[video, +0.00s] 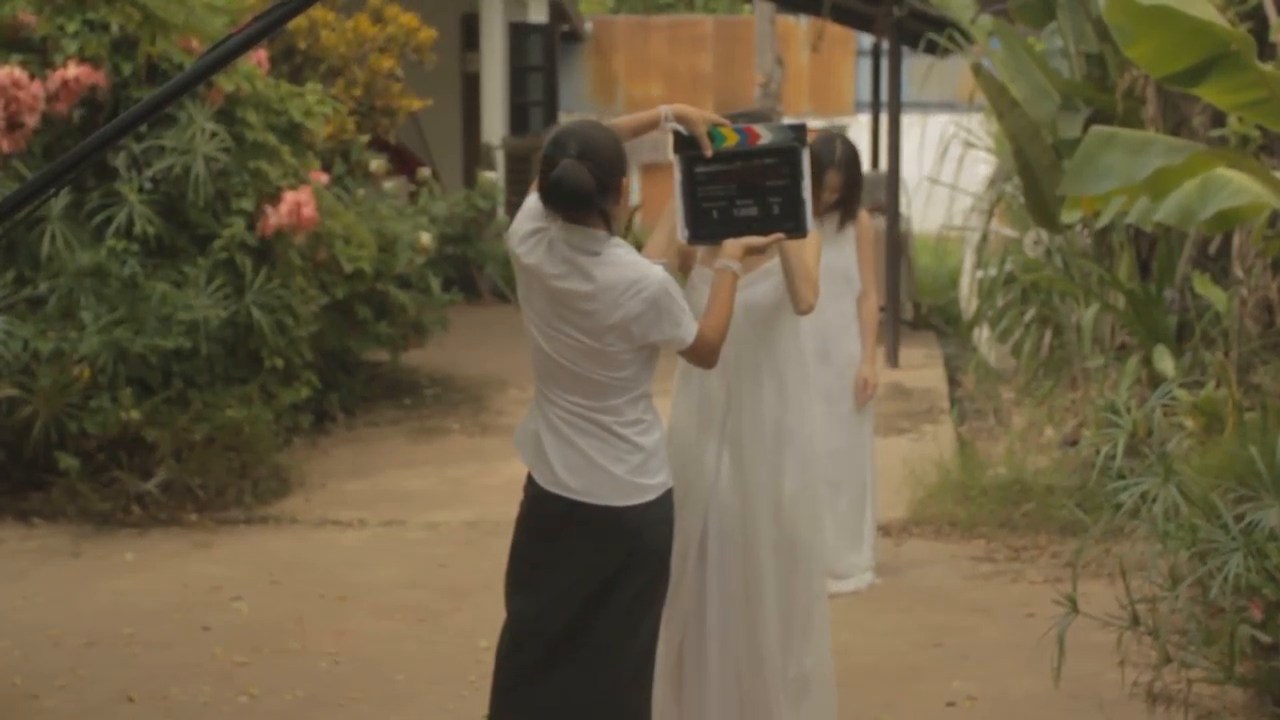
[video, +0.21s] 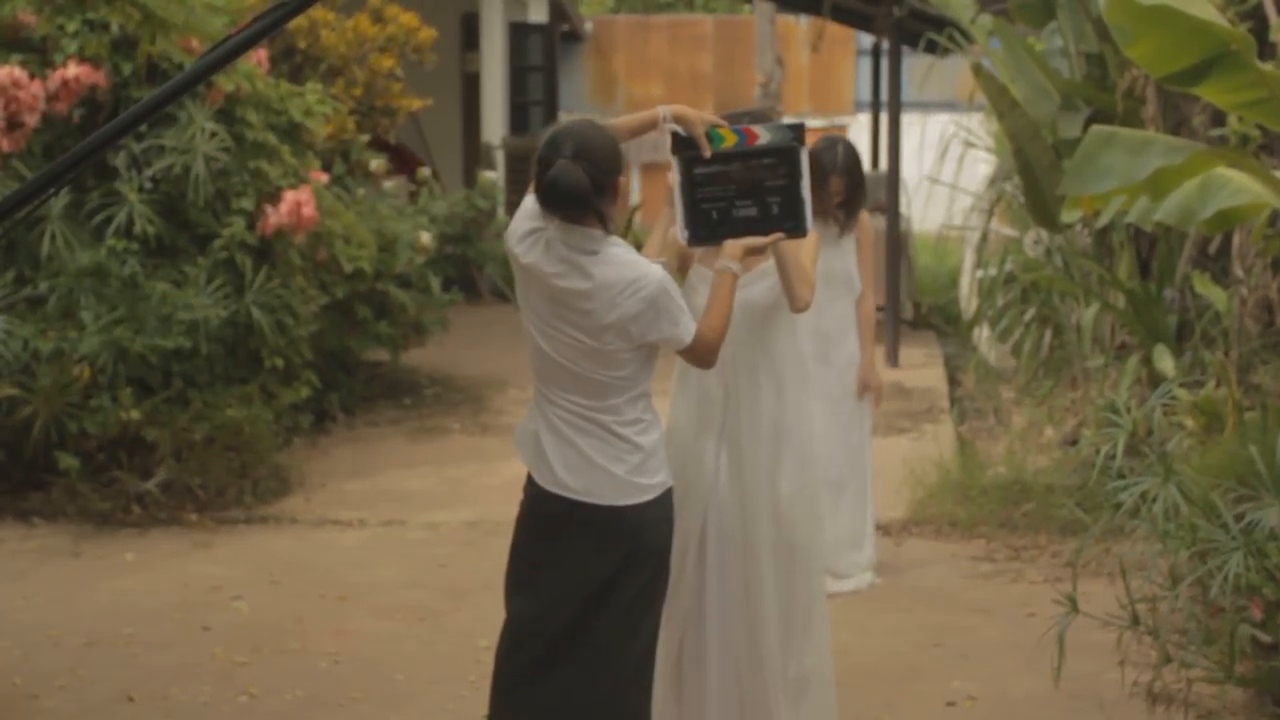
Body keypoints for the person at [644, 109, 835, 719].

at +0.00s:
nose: (752, 166)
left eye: (765, 154)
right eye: (741, 149)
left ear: (786, 162)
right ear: (722, 153)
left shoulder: (796, 220)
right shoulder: (702, 207)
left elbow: (805, 299)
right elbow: (655, 273)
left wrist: (783, 207)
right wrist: (689, 187)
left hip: (772, 420)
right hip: (703, 421)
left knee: (770, 573)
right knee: (702, 573)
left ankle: (772, 704)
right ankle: (700, 705)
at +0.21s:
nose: (746, 165)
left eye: (760, 152)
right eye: (735, 150)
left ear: (781, 160)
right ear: (716, 156)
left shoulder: (792, 222)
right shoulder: (703, 211)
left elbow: (801, 296)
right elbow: (662, 274)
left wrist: (777, 202)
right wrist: (679, 195)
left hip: (771, 420)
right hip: (702, 422)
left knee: (768, 572)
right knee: (702, 572)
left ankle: (771, 702)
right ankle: (701, 703)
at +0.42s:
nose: (745, 169)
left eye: (758, 156)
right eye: (732, 154)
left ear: (779, 164)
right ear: (710, 158)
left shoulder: (789, 220)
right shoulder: (694, 211)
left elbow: (798, 288)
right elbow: (651, 275)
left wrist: (776, 198)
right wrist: (679, 192)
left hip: (770, 418)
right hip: (699, 422)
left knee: (767, 572)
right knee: (700, 573)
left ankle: (772, 704)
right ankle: (700, 705)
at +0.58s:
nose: (741, 168)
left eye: (755, 156)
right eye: (729, 154)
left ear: (775, 163)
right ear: (707, 156)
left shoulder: (785, 219)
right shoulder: (691, 209)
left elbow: (796, 285)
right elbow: (648, 273)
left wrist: (774, 196)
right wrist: (680, 187)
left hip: (767, 420)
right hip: (697, 423)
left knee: (765, 573)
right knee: (697, 575)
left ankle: (771, 704)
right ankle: (697, 706)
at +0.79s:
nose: (736, 168)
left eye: (751, 155)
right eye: (723, 154)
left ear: (773, 165)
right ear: (704, 158)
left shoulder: (786, 229)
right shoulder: (690, 219)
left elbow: (800, 299)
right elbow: (647, 288)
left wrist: (775, 207)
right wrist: (666, 196)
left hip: (766, 431)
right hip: (695, 432)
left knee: (765, 586)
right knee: (695, 585)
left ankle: (770, 707)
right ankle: (694, 708)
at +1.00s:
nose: (734, 170)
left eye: (748, 157)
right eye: (721, 156)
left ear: (770, 166)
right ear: (701, 158)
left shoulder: (782, 228)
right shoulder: (684, 217)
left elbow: (797, 302)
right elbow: (643, 285)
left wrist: (774, 214)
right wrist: (675, 191)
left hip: (764, 426)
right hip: (693, 428)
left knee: (764, 578)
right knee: (695, 580)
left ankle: (770, 705)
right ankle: (694, 706)